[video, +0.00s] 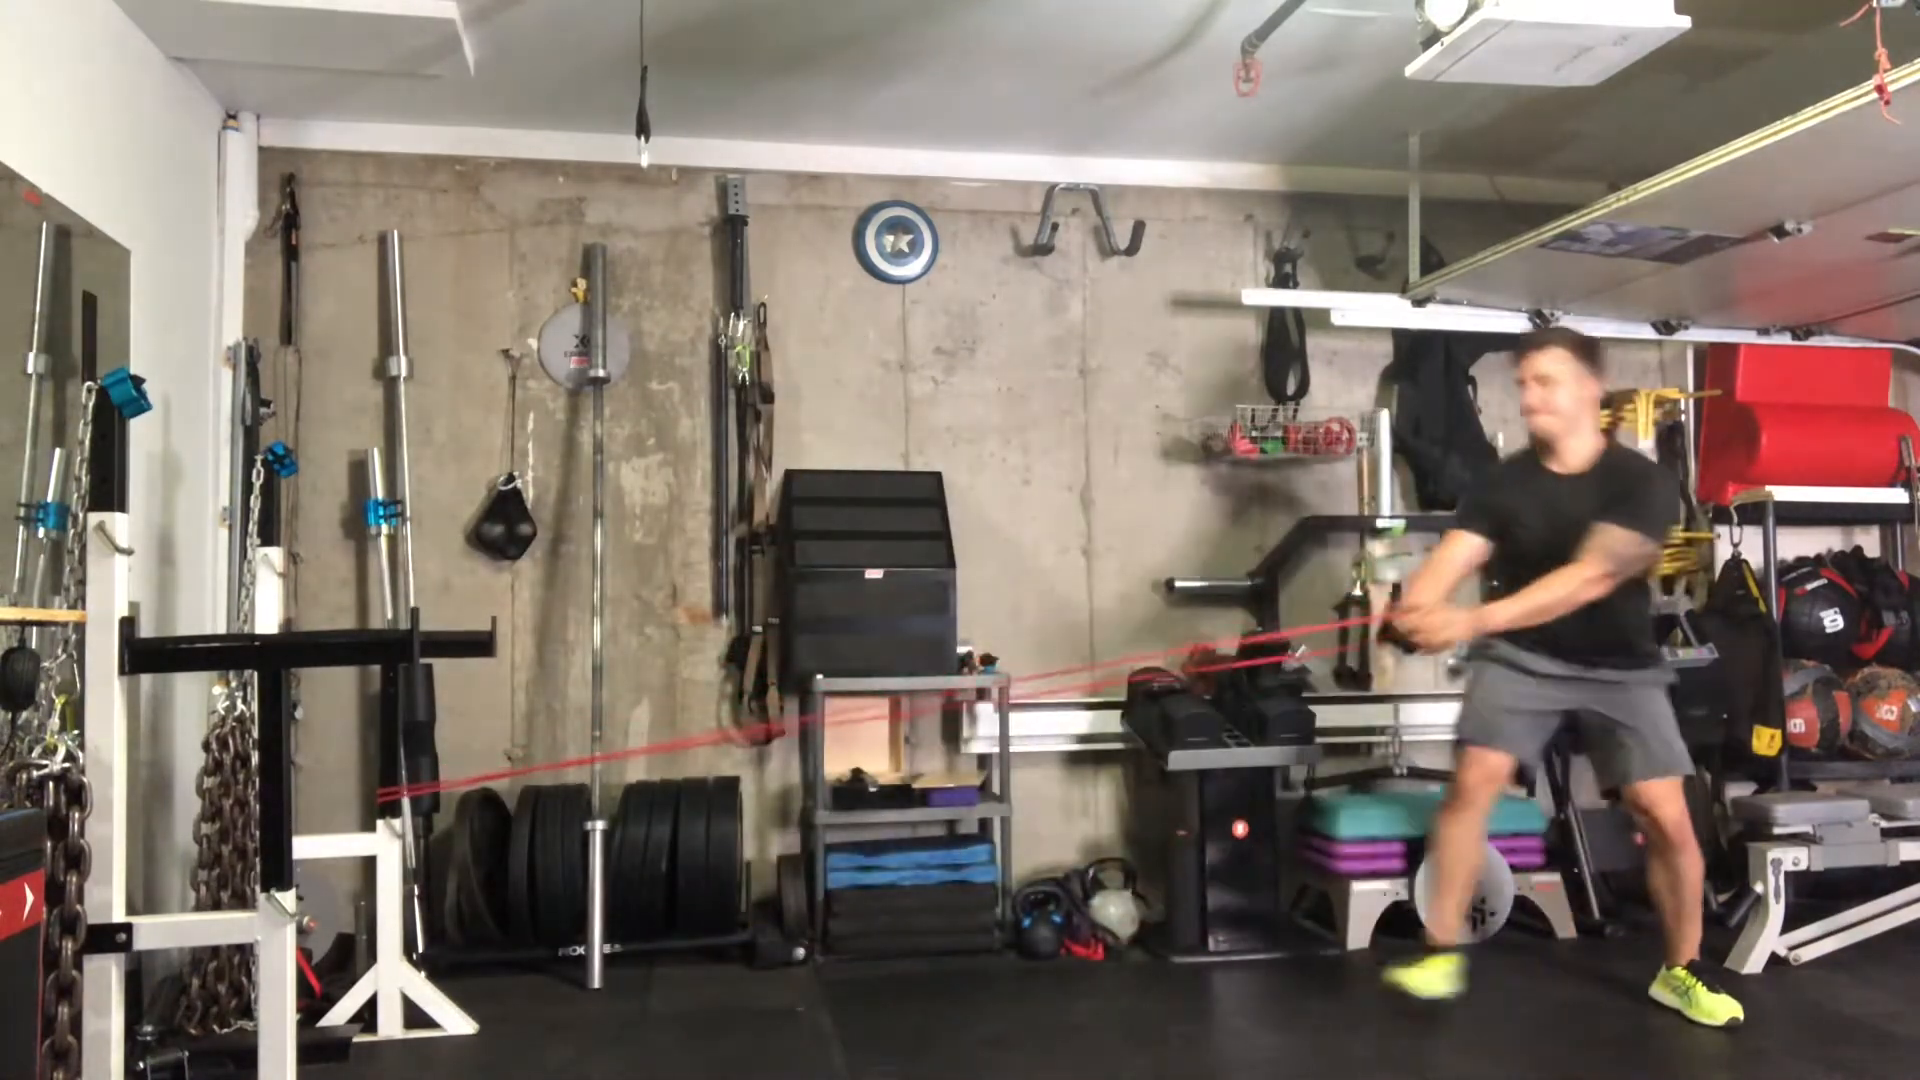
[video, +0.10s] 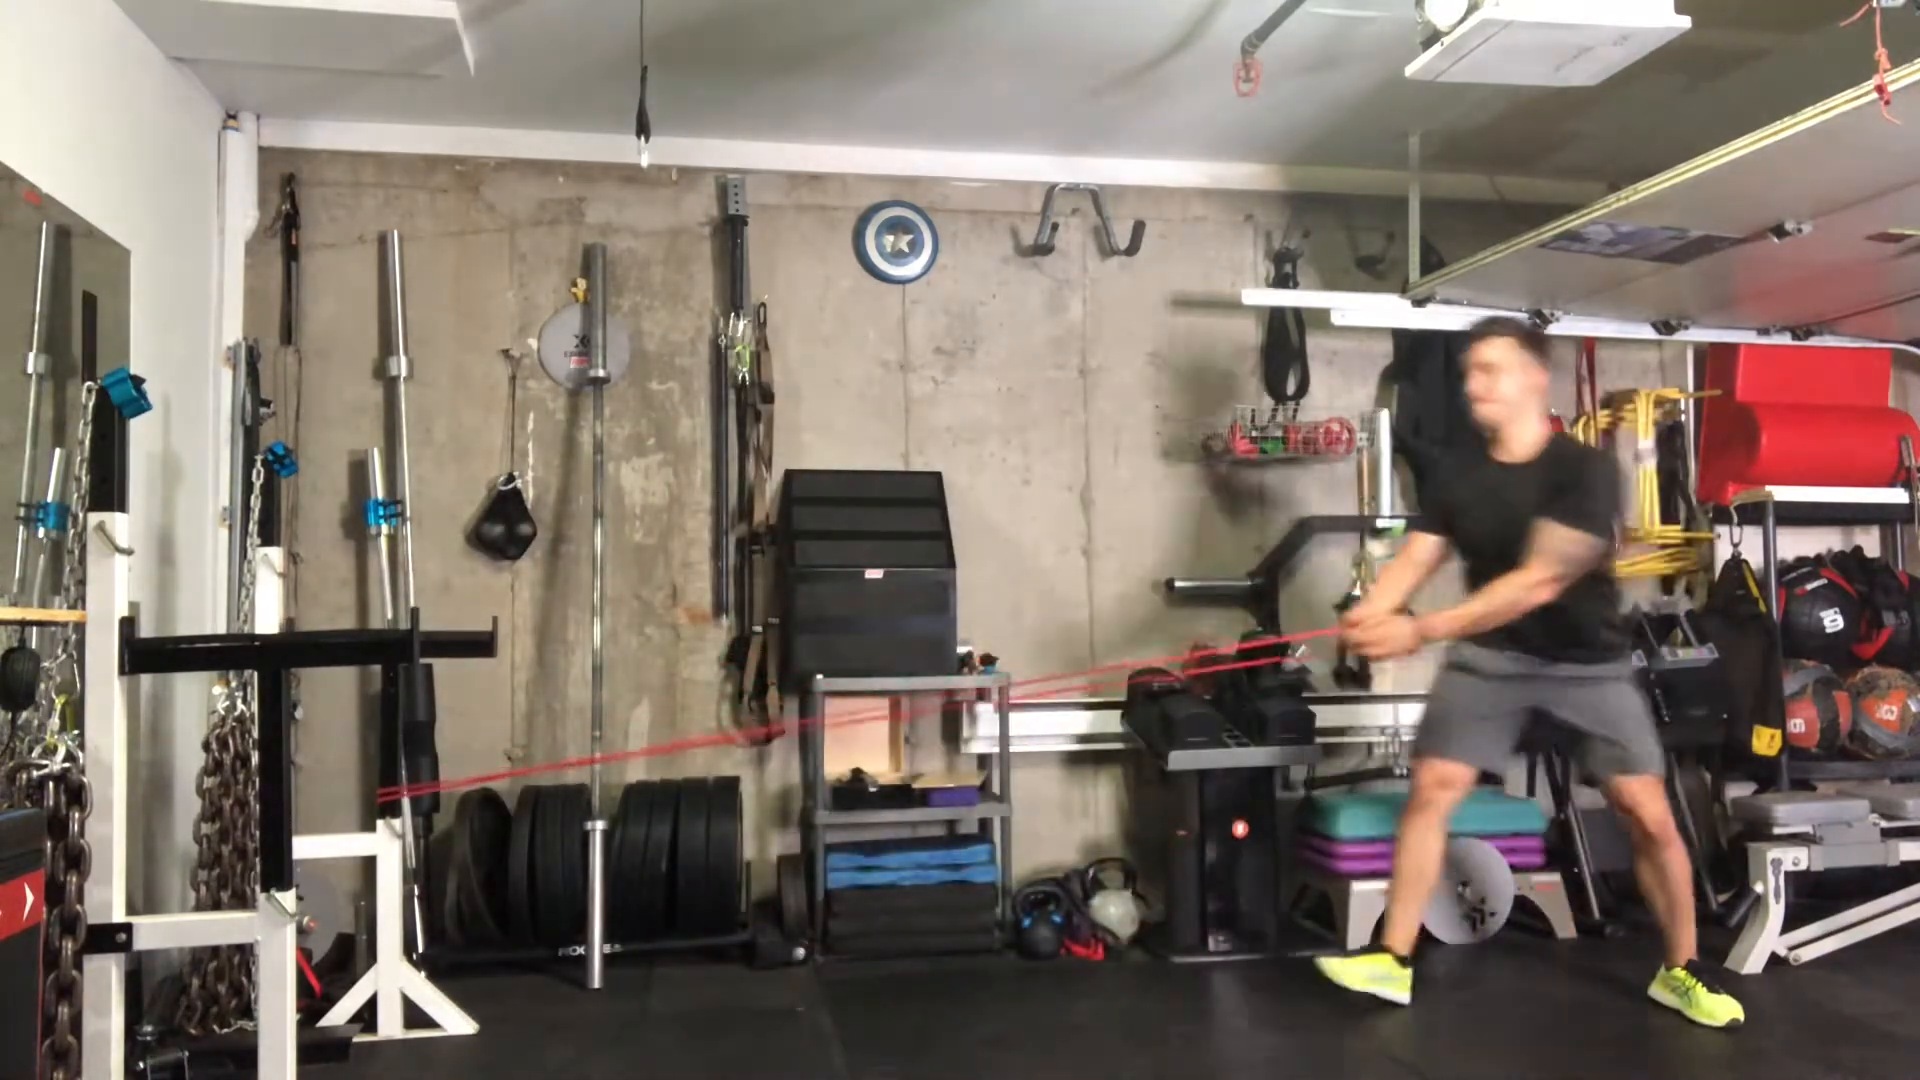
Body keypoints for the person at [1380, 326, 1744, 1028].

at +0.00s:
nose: (1531, 396)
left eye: (1547, 382)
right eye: (1524, 384)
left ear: (1594, 390)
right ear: (1519, 396)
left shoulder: (1644, 483)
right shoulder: (1509, 481)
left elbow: (1589, 578)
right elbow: (1450, 559)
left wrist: (1471, 621)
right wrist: (1411, 607)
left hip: (1623, 674)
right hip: (1518, 663)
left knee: (1669, 819)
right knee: (1473, 780)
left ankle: (1681, 971)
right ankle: (1443, 952)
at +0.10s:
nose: (1476, 385)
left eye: (1491, 370)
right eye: (1471, 373)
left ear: (1537, 378)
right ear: (1466, 387)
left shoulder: (1584, 467)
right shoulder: (1460, 475)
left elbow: (1539, 582)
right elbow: (1415, 558)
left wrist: (1420, 629)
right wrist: (1371, 612)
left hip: (1591, 667)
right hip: (1486, 661)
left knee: (1648, 811)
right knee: (1433, 786)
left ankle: (1681, 969)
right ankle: (1393, 957)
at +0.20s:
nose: (1420, 379)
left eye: (1436, 366)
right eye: (1416, 368)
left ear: (1480, 372)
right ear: (1411, 381)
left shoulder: (1520, 466)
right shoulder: (1412, 467)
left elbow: (1475, 584)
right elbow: (1369, 560)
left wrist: (1357, 628)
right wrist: (1317, 611)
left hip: (1540, 672)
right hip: (1439, 670)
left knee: (1614, 808)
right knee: (1391, 790)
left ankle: (1682, 960)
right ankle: (1378, 963)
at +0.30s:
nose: (1368, 373)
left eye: (1383, 360)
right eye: (1368, 361)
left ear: (1429, 370)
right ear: (1381, 373)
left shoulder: (1466, 459)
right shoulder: (1367, 468)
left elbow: (1414, 577)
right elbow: (1322, 549)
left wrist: (1299, 617)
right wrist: (1267, 603)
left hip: (1482, 669)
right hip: (1390, 667)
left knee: (1538, 799)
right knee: (1363, 789)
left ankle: (1660, 951)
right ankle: (1374, 965)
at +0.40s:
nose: (1331, 364)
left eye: (1345, 352)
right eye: (1329, 353)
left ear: (1392, 360)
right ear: (1333, 365)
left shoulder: (1425, 451)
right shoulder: (1327, 460)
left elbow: (1371, 562)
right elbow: (1278, 543)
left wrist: (1258, 605)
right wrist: (1223, 594)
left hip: (1425, 650)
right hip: (1350, 651)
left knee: (1438, 789)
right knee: (1344, 801)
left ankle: (1559, 927)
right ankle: (1374, 967)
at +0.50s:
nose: (1291, 357)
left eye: (1307, 345)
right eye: (1288, 346)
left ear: (1354, 356)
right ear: (1288, 363)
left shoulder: (1382, 446)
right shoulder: (1291, 456)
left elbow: (1335, 554)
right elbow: (1245, 535)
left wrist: (1219, 595)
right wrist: (1188, 580)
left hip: (1377, 642)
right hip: (1317, 645)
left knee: (1340, 780)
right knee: (1328, 790)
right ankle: (1370, 958)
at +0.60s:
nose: (1254, 361)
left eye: (1267, 347)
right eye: (1253, 348)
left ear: (1313, 358)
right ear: (1263, 360)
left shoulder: (1338, 451)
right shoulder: (1250, 459)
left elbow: (1296, 560)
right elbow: (1209, 536)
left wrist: (1184, 598)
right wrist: (1151, 585)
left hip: (1328, 647)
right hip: (1275, 648)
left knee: (1264, 777)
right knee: (1315, 797)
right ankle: (1373, 962)